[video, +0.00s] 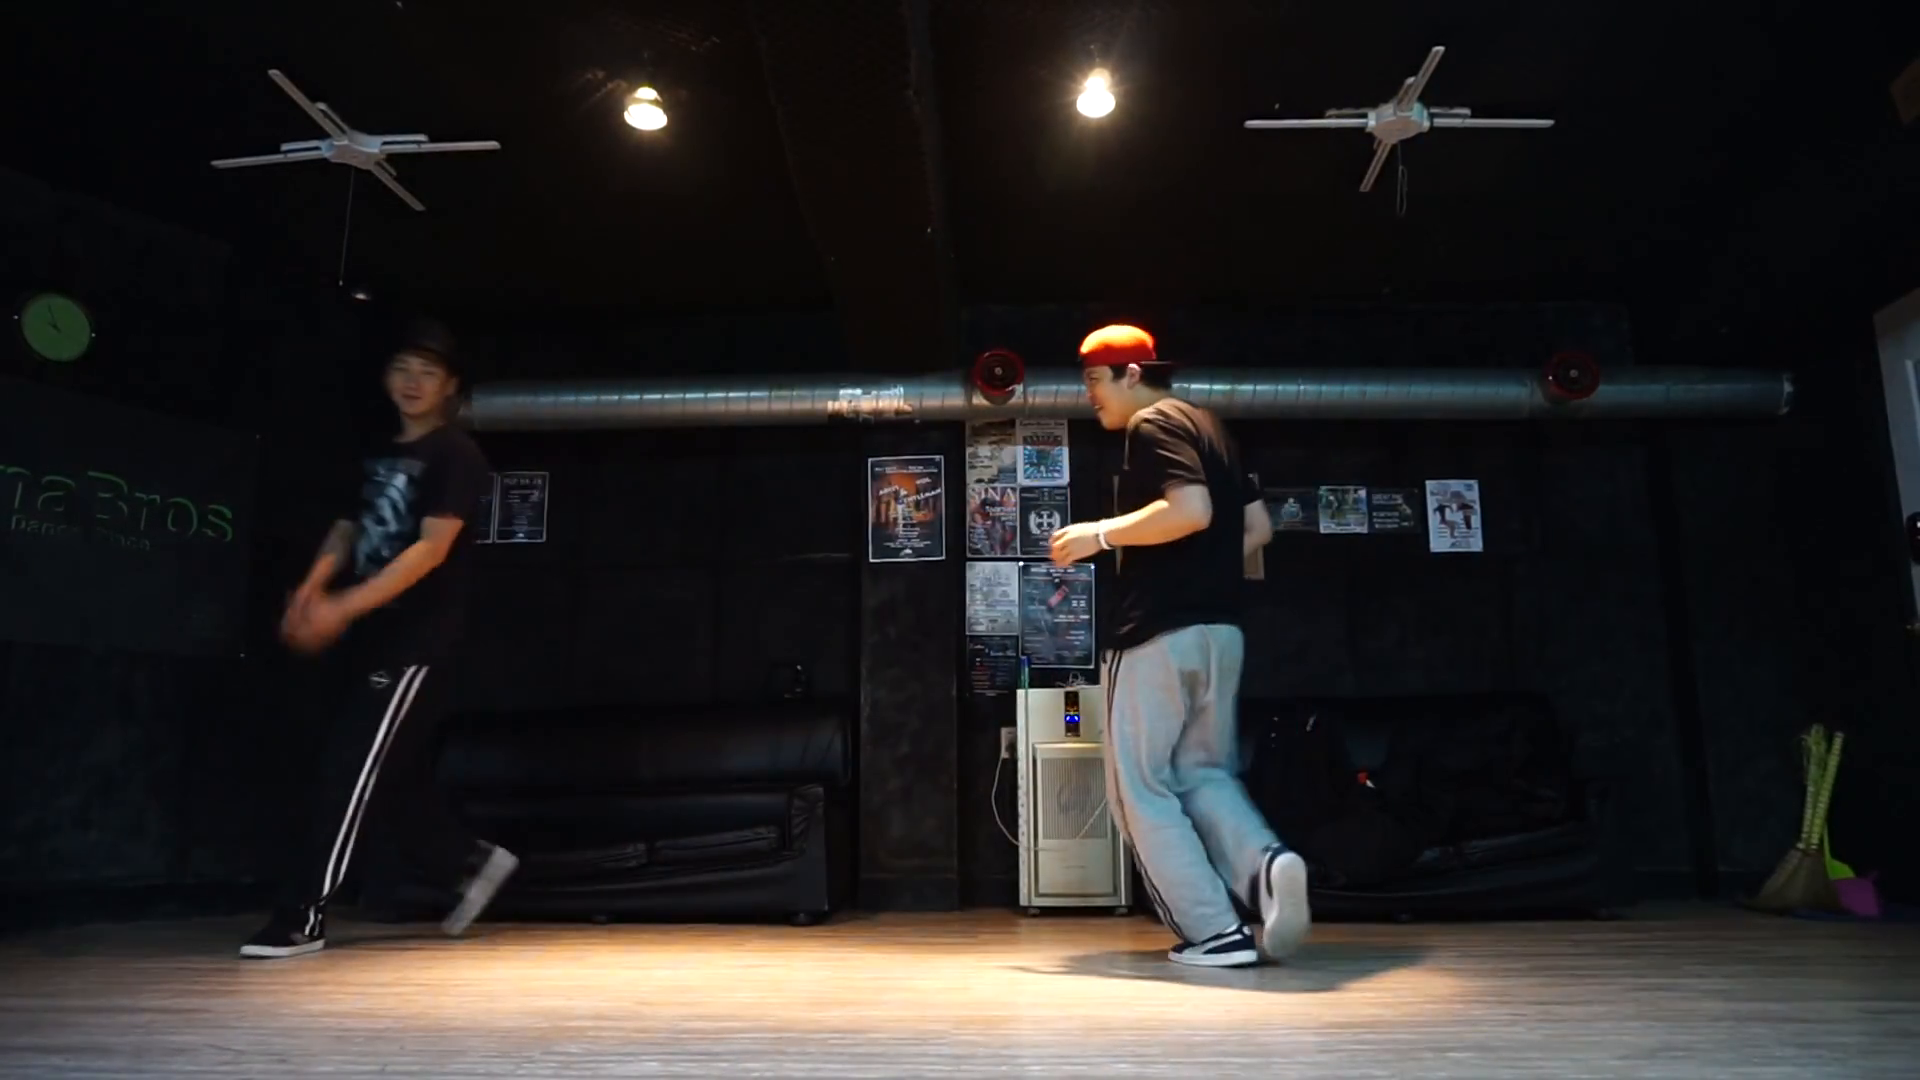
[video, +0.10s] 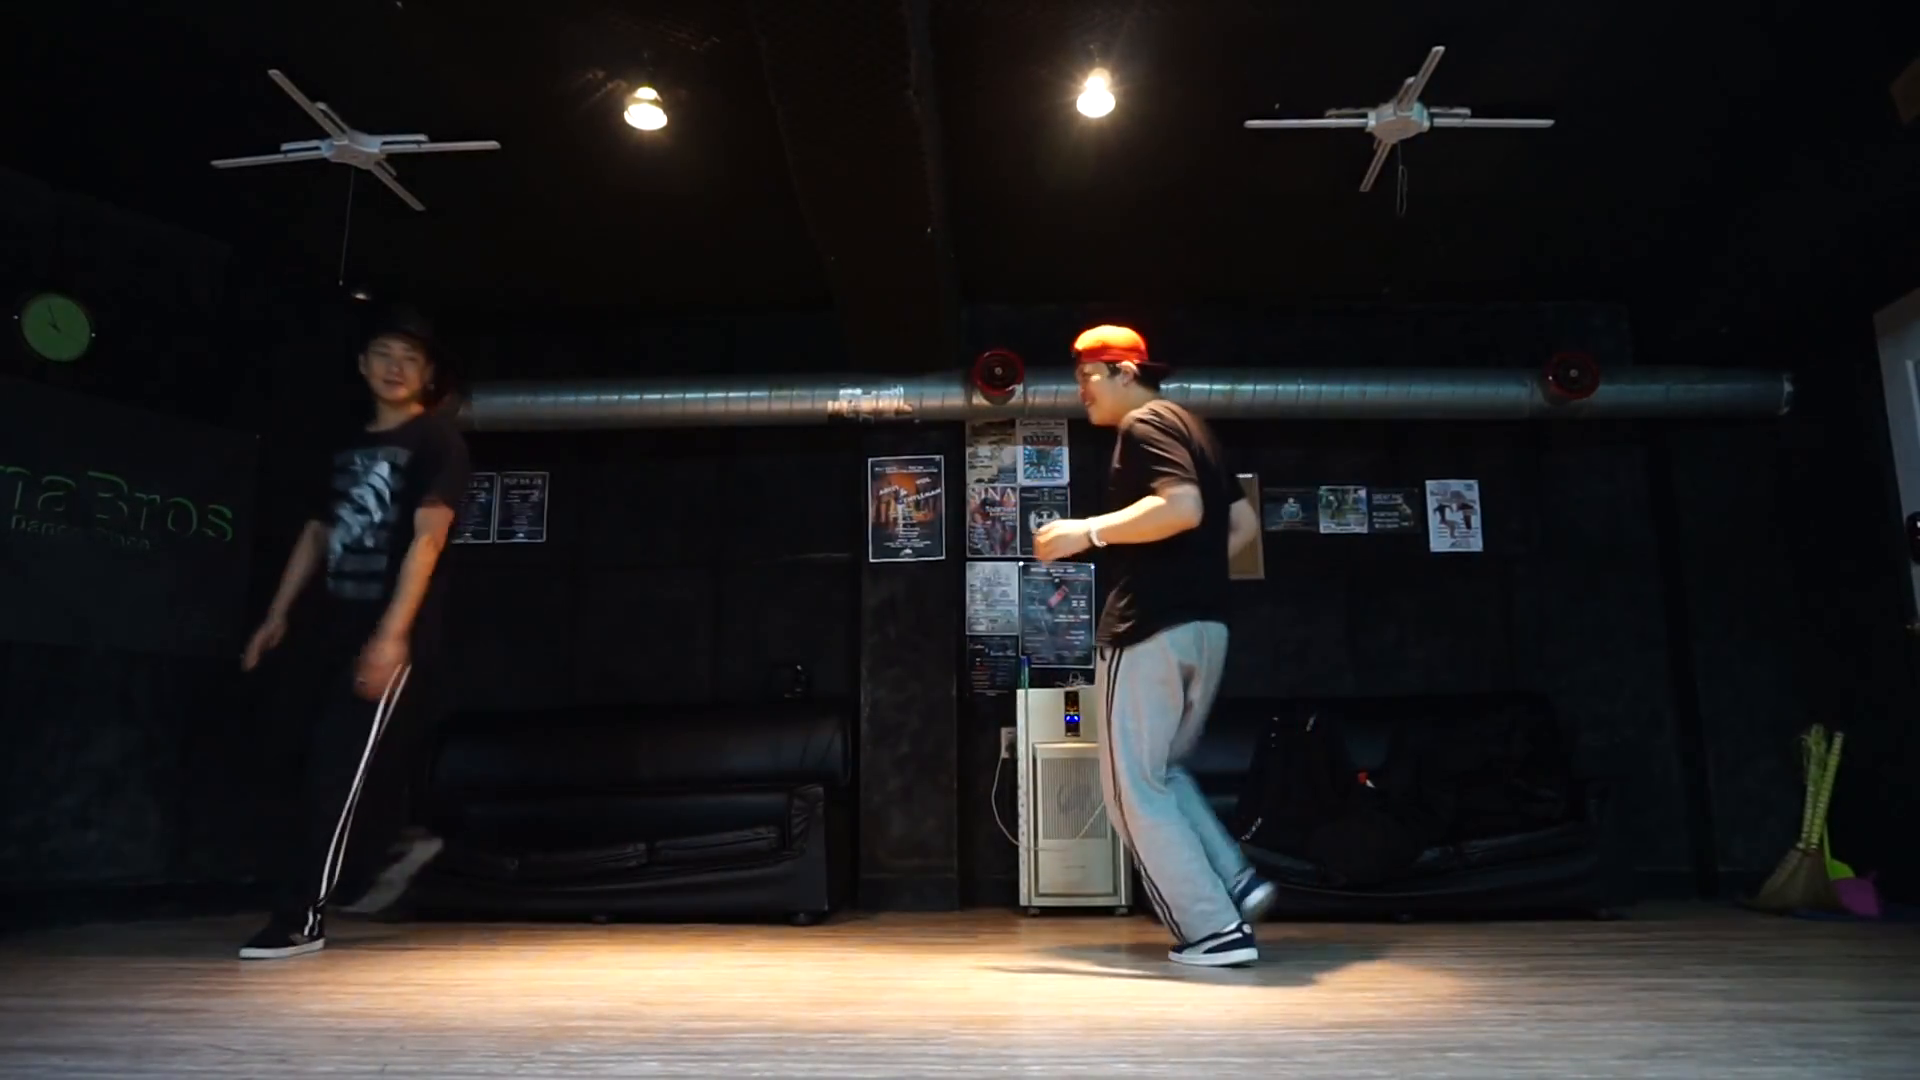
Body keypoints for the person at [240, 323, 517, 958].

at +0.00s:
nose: (410, 383)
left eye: (425, 374)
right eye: (402, 371)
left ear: (451, 385)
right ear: (388, 378)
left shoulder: (455, 456)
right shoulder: (384, 453)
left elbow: (432, 550)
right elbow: (352, 528)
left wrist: (344, 607)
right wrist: (313, 586)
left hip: (422, 639)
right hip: (378, 633)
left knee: (358, 768)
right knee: (384, 767)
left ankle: (305, 915)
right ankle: (472, 862)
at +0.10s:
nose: (393, 368)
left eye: (407, 359)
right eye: (382, 355)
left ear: (428, 371)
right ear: (364, 363)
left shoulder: (437, 441)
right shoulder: (354, 443)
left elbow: (429, 542)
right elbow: (318, 534)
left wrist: (392, 636)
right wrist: (278, 613)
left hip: (391, 626)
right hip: (336, 621)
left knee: (341, 763)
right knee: (324, 749)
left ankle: (301, 916)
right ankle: (398, 837)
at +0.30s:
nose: (371, 337)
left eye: (383, 328)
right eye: (357, 324)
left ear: (394, 344)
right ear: (327, 332)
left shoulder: (417, 421)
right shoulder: (289, 414)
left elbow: (462, 506)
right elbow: (264, 507)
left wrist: (492, 596)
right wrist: (240, 583)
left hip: (366, 614)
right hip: (285, 609)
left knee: (328, 759)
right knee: (241, 741)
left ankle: (298, 908)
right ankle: (207, 902)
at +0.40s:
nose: (358, 332)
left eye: (367, 323)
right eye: (342, 318)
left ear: (376, 341)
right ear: (304, 327)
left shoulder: (401, 418)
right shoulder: (265, 411)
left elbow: (465, 497)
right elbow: (233, 498)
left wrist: (516, 580)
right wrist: (205, 572)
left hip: (349, 621)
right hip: (263, 612)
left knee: (320, 771)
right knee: (219, 749)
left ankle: (295, 914)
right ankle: (155, 905)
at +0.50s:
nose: (336, 333)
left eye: (347, 324)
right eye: (321, 319)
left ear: (357, 339)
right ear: (286, 327)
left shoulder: (384, 417)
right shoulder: (244, 411)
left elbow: (452, 497)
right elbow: (196, 497)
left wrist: (515, 577)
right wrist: (148, 571)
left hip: (330, 623)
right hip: (242, 616)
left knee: (310, 768)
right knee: (201, 757)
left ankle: (292, 908)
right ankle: (147, 928)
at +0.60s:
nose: (321, 320)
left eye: (331, 310)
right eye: (306, 306)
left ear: (342, 323)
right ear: (267, 312)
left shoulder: (373, 407)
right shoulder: (226, 403)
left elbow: (434, 495)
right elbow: (160, 490)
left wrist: (496, 582)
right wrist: (78, 567)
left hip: (313, 621)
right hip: (221, 615)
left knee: (287, 774)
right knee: (176, 766)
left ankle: (273, 902)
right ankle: (140, 946)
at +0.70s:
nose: (320, 299)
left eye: (331, 289)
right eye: (305, 283)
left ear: (342, 305)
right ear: (266, 290)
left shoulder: (369, 391)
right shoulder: (216, 382)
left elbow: (426, 485)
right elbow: (130, 463)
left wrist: (490, 572)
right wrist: (26, 520)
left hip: (308, 612)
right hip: (211, 603)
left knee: (281, 772)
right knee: (166, 758)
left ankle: (250, 886)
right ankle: (145, 938)